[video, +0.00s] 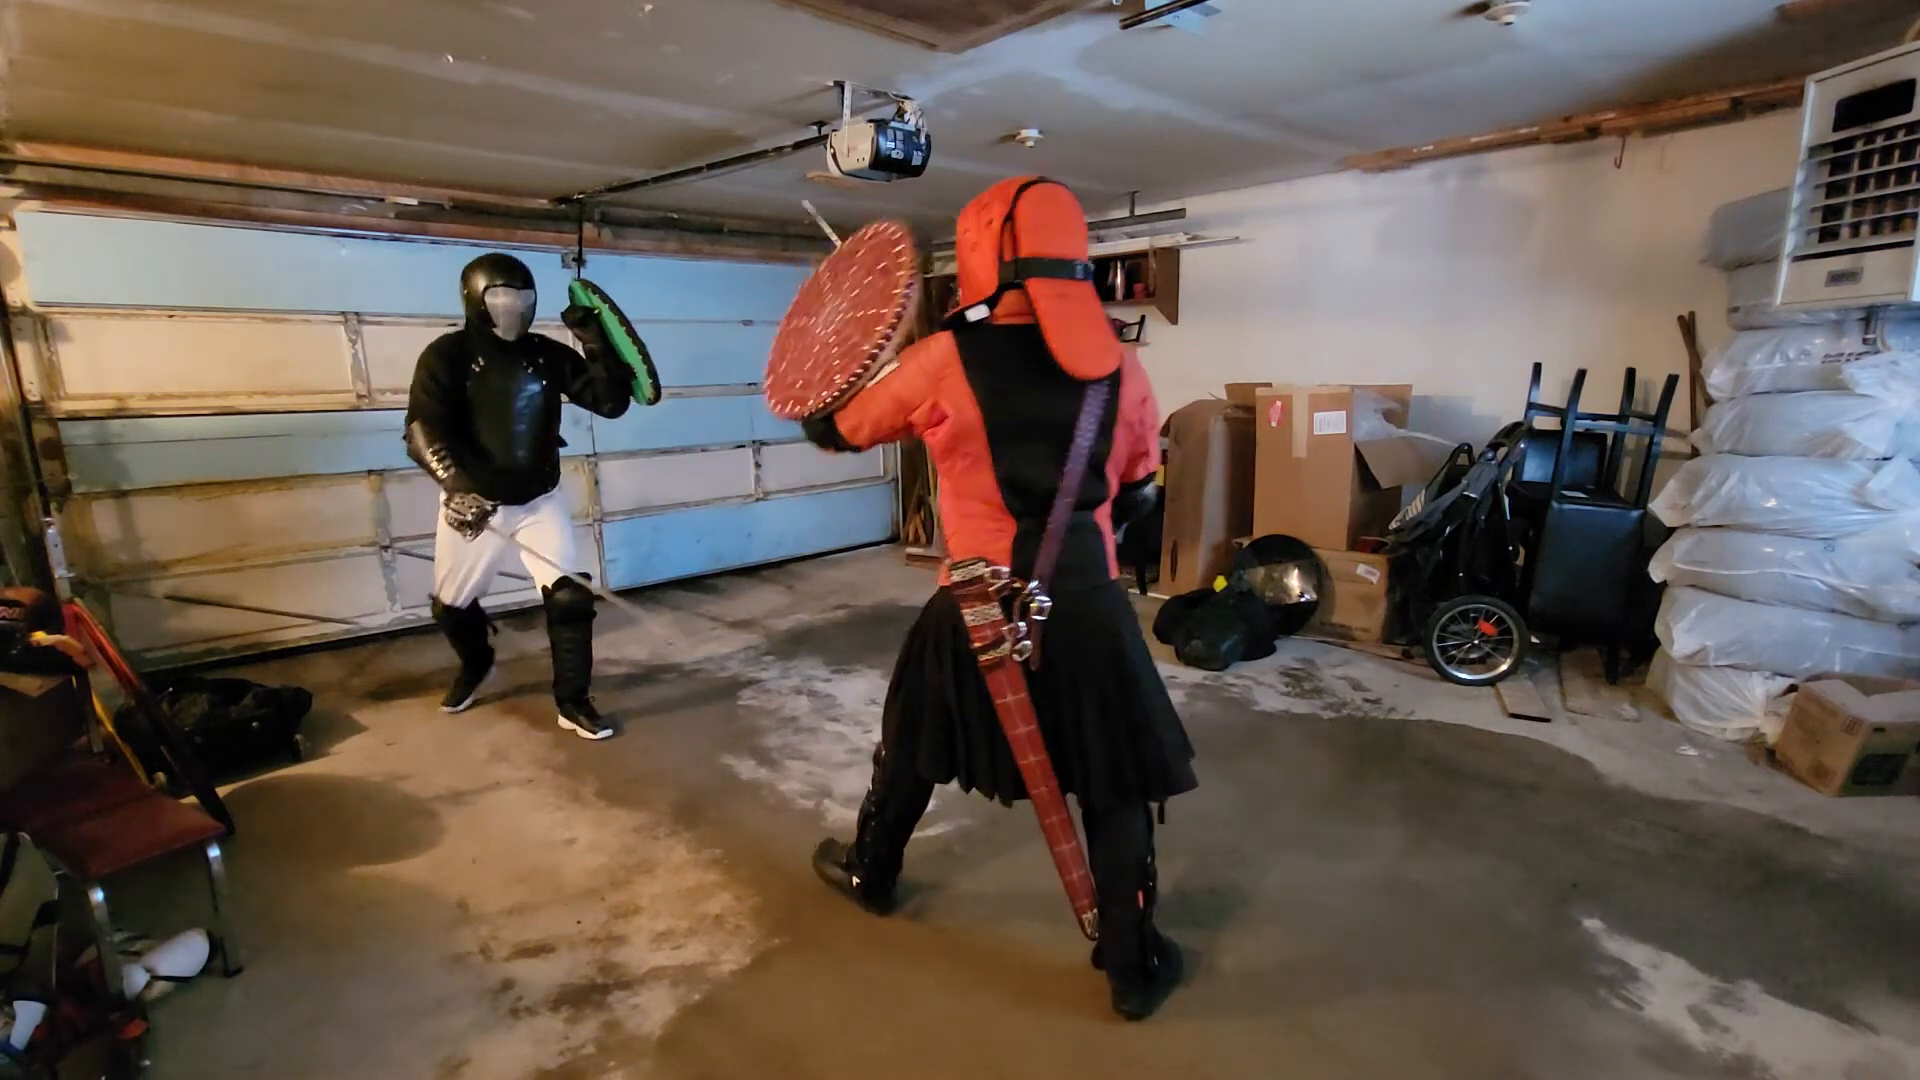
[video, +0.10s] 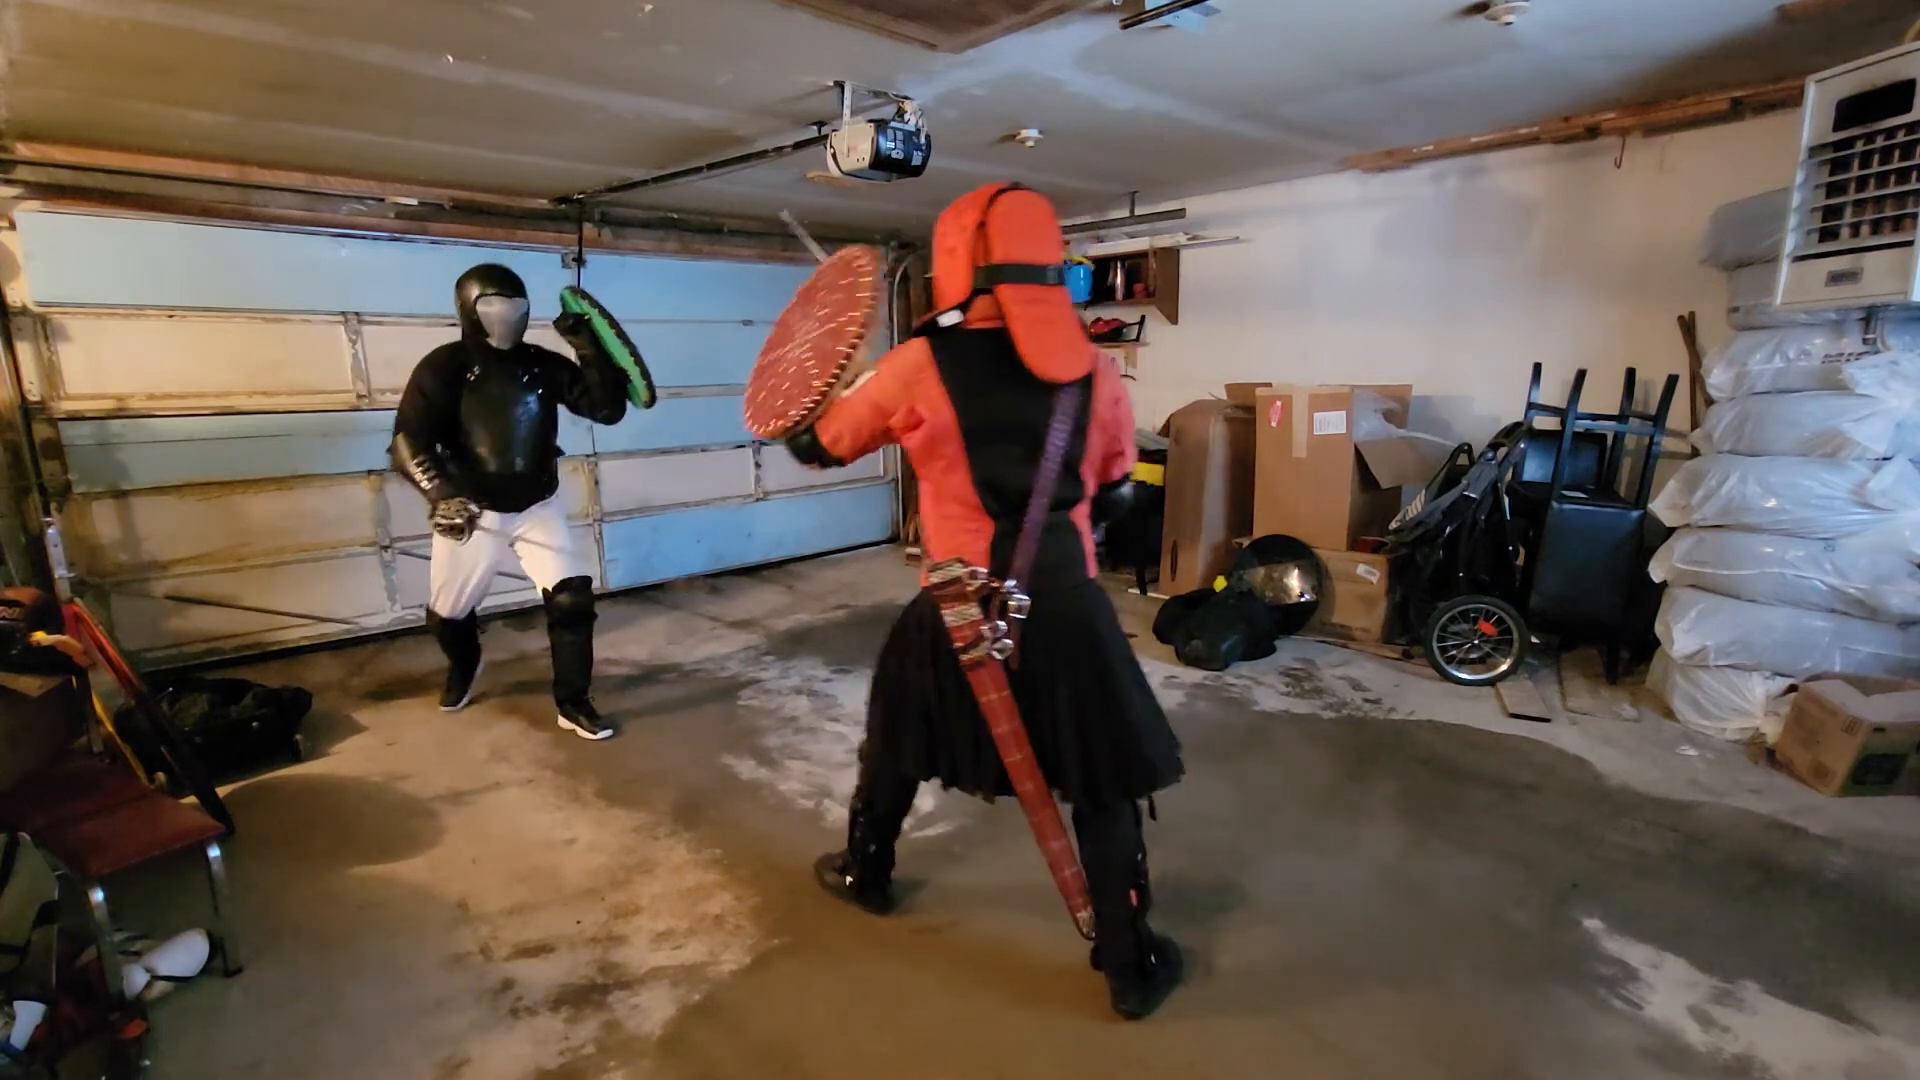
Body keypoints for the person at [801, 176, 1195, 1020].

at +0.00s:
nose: (958, 268)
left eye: (965, 255)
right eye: (966, 255)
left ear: (984, 262)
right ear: (1075, 260)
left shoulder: (945, 360)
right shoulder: (1120, 370)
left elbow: (841, 428)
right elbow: (1137, 497)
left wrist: (831, 375)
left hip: (975, 608)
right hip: (1087, 610)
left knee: (919, 733)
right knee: (1114, 775)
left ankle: (872, 868)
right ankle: (1131, 962)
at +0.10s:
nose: (935, 276)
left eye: (941, 263)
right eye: (941, 264)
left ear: (960, 269)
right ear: (1046, 266)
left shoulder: (921, 365)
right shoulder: (1095, 372)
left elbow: (826, 443)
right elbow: (1110, 485)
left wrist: (809, 397)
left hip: (956, 605)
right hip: (1068, 606)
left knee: (899, 721)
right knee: (1102, 775)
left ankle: (866, 866)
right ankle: (1127, 959)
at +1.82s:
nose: (948, 305)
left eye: (951, 293)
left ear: (959, 298)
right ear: (1040, 297)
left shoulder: (927, 384)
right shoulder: (1093, 390)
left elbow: (847, 431)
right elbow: (1132, 509)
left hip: (962, 611)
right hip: (1073, 610)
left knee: (887, 726)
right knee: (1124, 745)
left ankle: (851, 856)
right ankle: (1151, 908)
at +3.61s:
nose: (1045, 292)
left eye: (1051, 281)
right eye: (1048, 280)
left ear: (1068, 286)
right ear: (1141, 286)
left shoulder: (1032, 369)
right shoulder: (1190, 373)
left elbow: (956, 449)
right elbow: (1226, 492)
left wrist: (934, 391)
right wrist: (1170, 517)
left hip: (1057, 578)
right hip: (1164, 580)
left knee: (985, 694)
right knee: (1207, 726)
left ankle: (974, 834)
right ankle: (1236, 890)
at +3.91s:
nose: (992, 303)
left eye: (999, 291)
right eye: (995, 290)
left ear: (1024, 301)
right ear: (1066, 300)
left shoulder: (1000, 371)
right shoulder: (1101, 374)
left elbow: (939, 442)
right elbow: (1106, 454)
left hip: (1033, 573)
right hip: (1113, 570)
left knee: (961, 685)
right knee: (1147, 714)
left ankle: (1001, 822)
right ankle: (1220, 839)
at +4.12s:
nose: (966, 301)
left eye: (973, 289)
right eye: (967, 287)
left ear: (999, 294)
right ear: (1036, 290)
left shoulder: (999, 364)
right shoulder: (1058, 357)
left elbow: (931, 442)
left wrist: (884, 451)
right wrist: (946, 478)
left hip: (1017, 568)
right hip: (1074, 556)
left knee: (951, 692)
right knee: (1077, 679)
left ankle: (1001, 824)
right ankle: (1139, 783)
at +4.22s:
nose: (954, 298)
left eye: (961, 284)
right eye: (953, 285)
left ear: (992, 288)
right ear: (1025, 286)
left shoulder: (997, 362)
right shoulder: (1050, 352)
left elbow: (931, 433)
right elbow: (1002, 435)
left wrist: (902, 446)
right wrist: (939, 445)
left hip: (1018, 559)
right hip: (1063, 545)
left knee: (951, 690)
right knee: (1044, 644)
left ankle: (999, 820)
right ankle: (1054, 746)